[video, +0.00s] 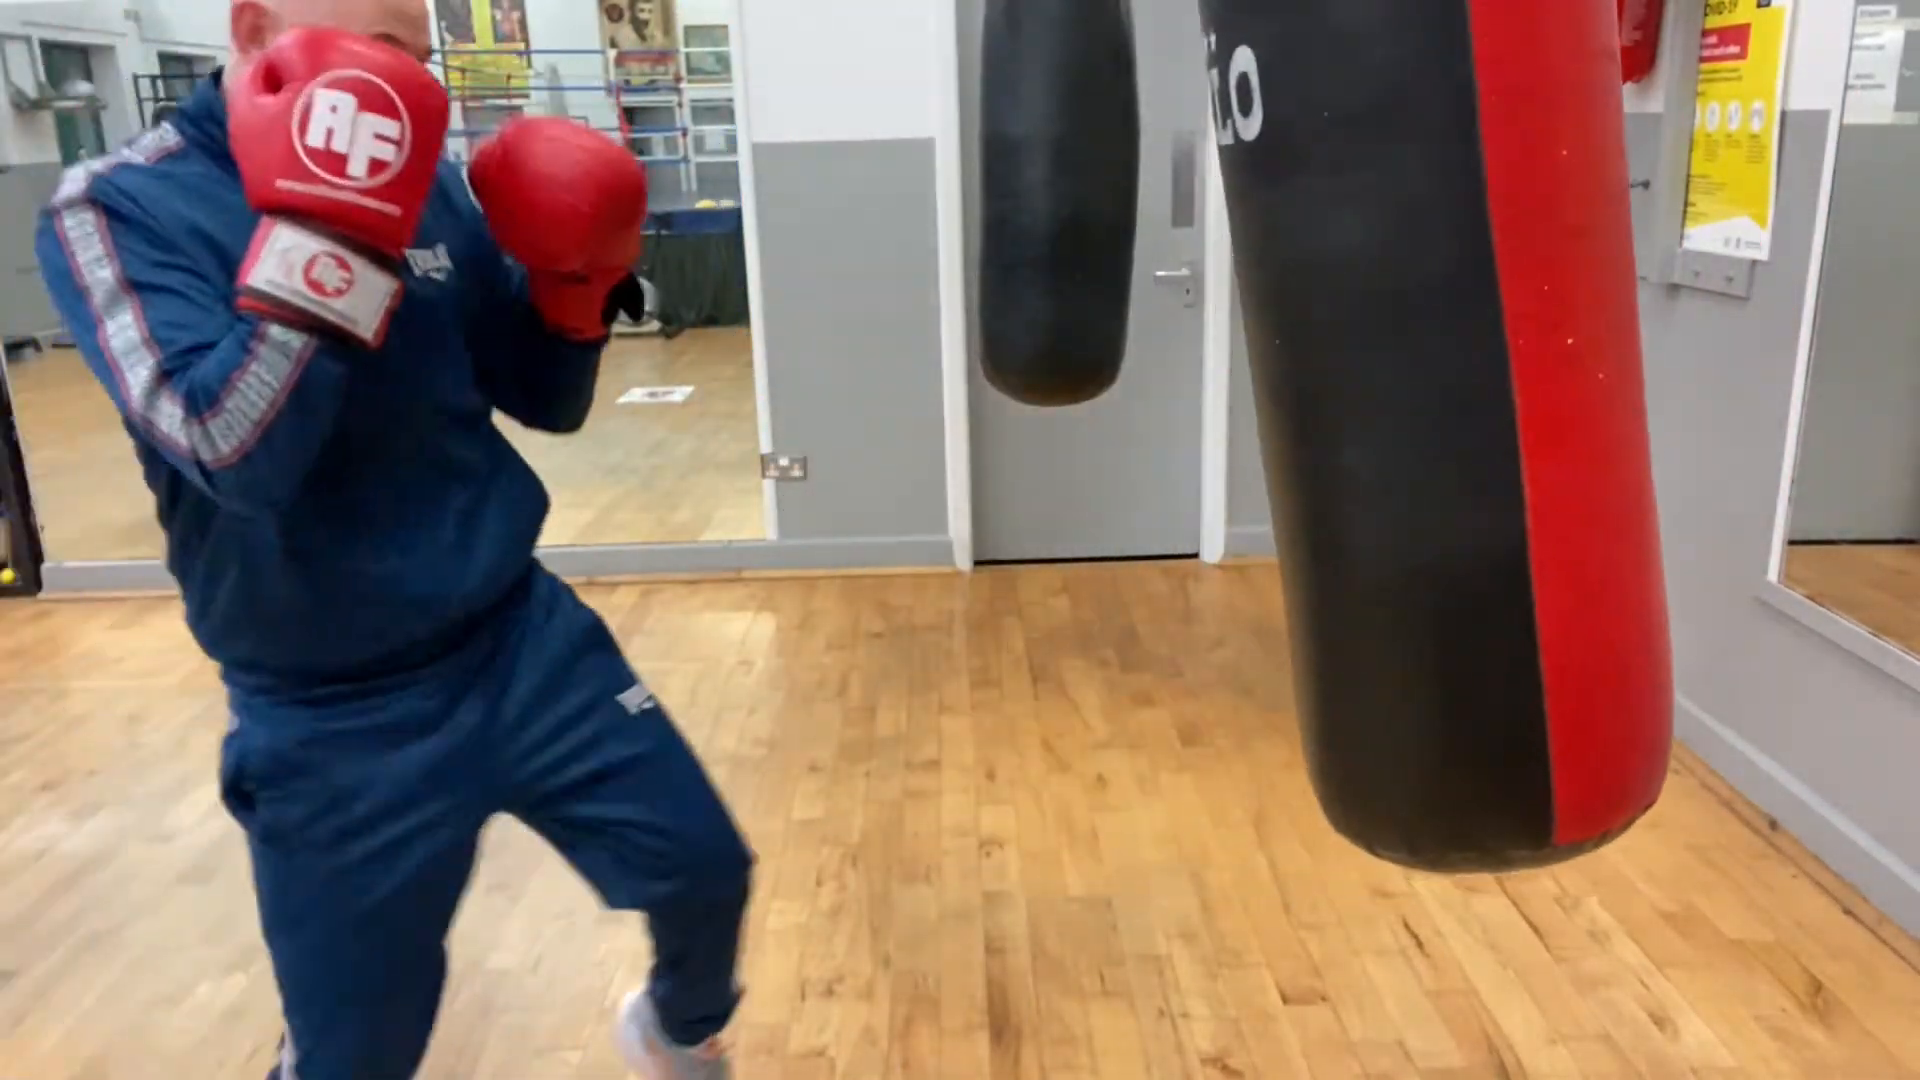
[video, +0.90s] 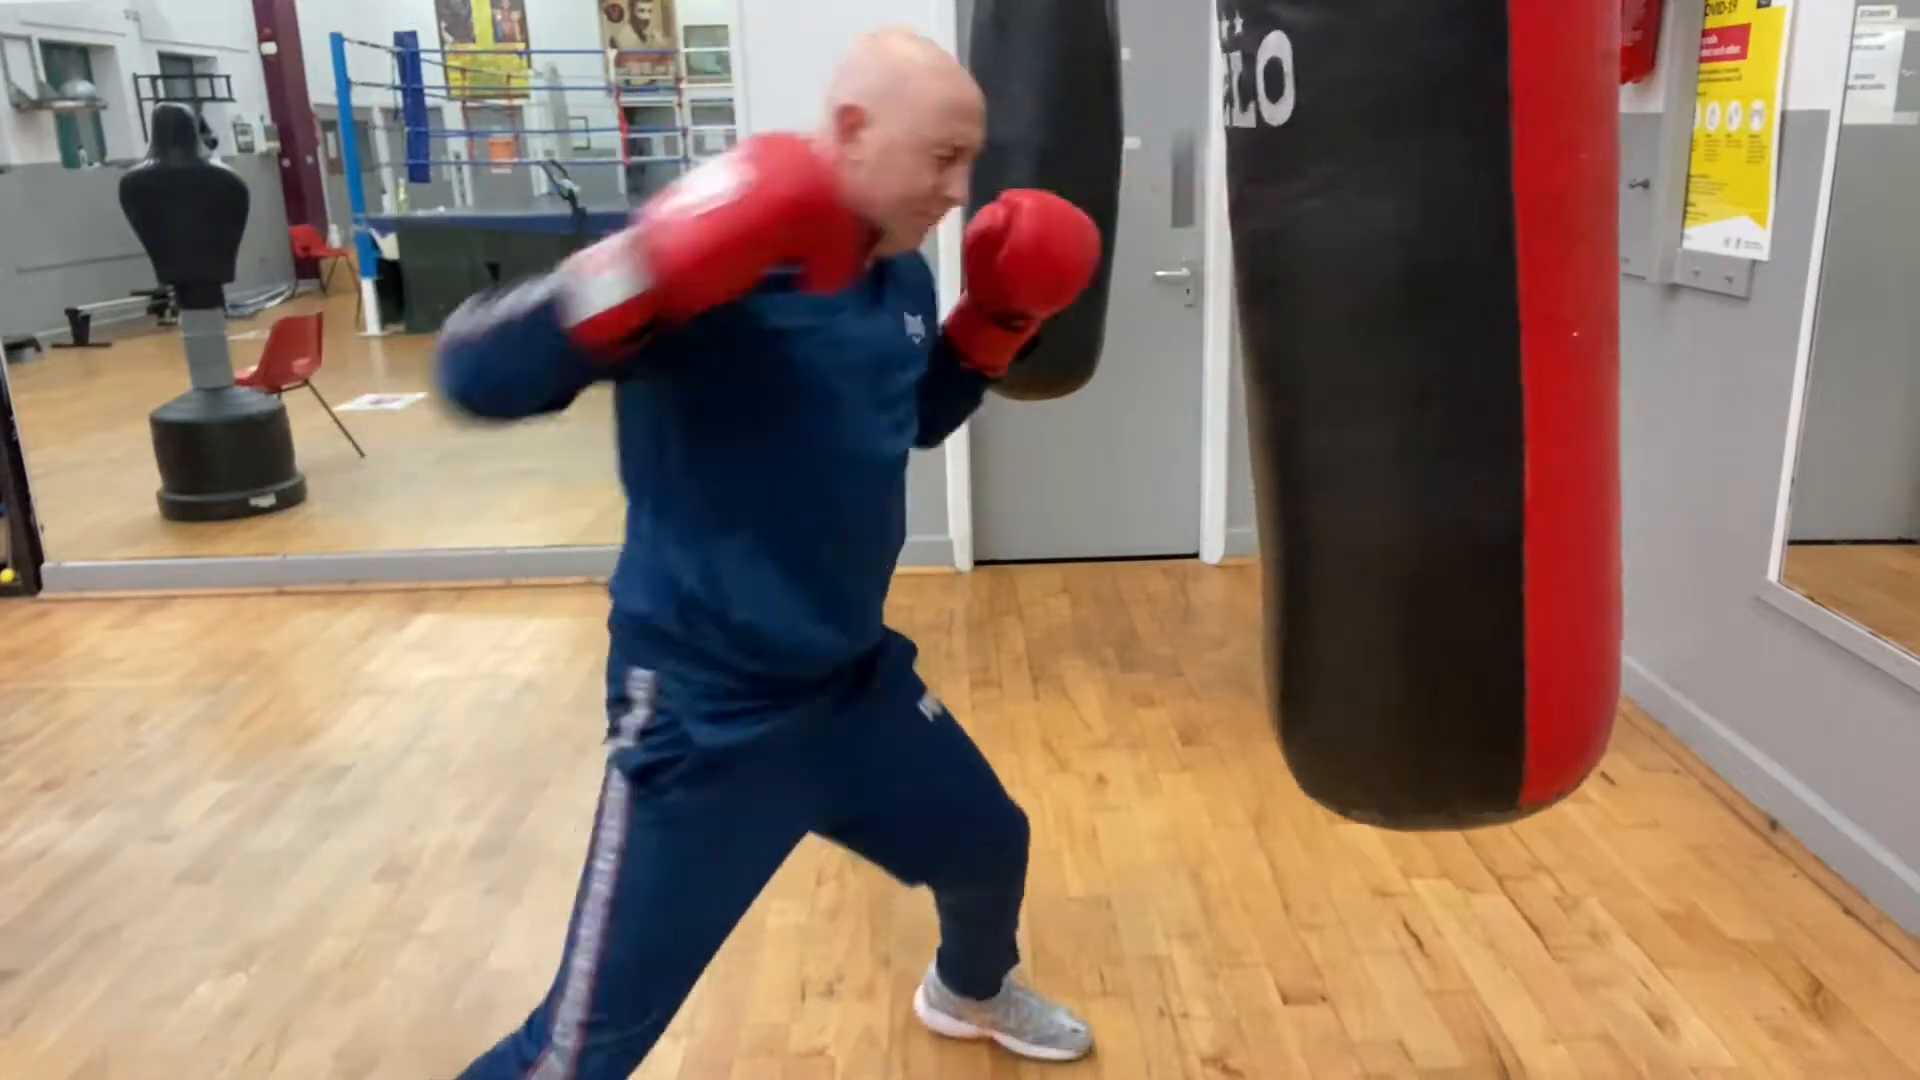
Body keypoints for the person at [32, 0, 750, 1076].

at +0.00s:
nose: (400, 93)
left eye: (417, 57)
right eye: (368, 54)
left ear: (432, 40)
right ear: (255, 31)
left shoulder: (426, 171)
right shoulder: (114, 209)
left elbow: (545, 399)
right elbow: (233, 456)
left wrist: (574, 285)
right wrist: (325, 229)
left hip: (518, 641)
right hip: (333, 723)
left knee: (706, 873)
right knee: (357, 1061)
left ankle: (677, 1037)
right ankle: (302, 1070)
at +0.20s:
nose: (589, 155)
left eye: (599, 121)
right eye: (556, 124)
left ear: (611, 101)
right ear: (438, 104)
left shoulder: (626, 224)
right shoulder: (296, 271)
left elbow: (823, 273)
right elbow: (286, 551)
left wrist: (1007, 224)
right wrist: (413, 362)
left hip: (649, 697)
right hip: (442, 742)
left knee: (836, 888)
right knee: (370, 1061)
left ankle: (954, 1028)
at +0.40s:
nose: (860, 200)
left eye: (866, 171)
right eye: (841, 169)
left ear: (751, 149)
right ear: (740, 145)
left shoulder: (739, 271)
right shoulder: (630, 253)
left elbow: (732, 456)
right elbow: (633, 465)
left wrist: (887, 418)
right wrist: (866, 351)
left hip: (738, 691)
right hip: (600, 728)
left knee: (885, 882)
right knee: (588, 1065)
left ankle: (931, 1053)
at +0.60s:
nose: (833, 202)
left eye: (841, 170)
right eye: (808, 172)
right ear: (698, 148)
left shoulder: (746, 244)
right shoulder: (604, 276)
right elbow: (567, 541)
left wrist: (814, 338)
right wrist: (779, 441)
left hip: (776, 671)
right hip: (622, 735)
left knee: (967, 839)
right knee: (547, 1062)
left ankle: (945, 1000)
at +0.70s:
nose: (778, 196)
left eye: (791, 162)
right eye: (750, 167)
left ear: (803, 144)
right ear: (642, 141)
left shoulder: (799, 222)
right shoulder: (510, 286)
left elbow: (919, 209)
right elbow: (387, 555)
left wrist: (1037, 164)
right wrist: (552, 454)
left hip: (819, 673)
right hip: (629, 719)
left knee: (976, 872)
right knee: (514, 1037)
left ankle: (964, 940)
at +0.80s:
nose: (823, 197)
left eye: (836, 166)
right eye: (795, 171)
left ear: (845, 147)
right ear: (696, 154)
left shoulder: (870, 230)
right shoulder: (602, 278)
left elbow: (1021, 280)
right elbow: (379, 491)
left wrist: (1116, 236)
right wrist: (516, 366)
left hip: (835, 694)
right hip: (656, 724)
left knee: (991, 873)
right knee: (540, 1046)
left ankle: (986, 982)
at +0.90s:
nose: (960, 193)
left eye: (969, 166)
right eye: (943, 159)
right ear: (848, 131)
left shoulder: (896, 276)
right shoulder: (710, 249)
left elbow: (909, 420)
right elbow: (472, 372)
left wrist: (989, 324)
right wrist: (652, 263)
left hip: (853, 684)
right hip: (701, 711)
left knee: (990, 844)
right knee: (579, 1052)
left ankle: (971, 993)